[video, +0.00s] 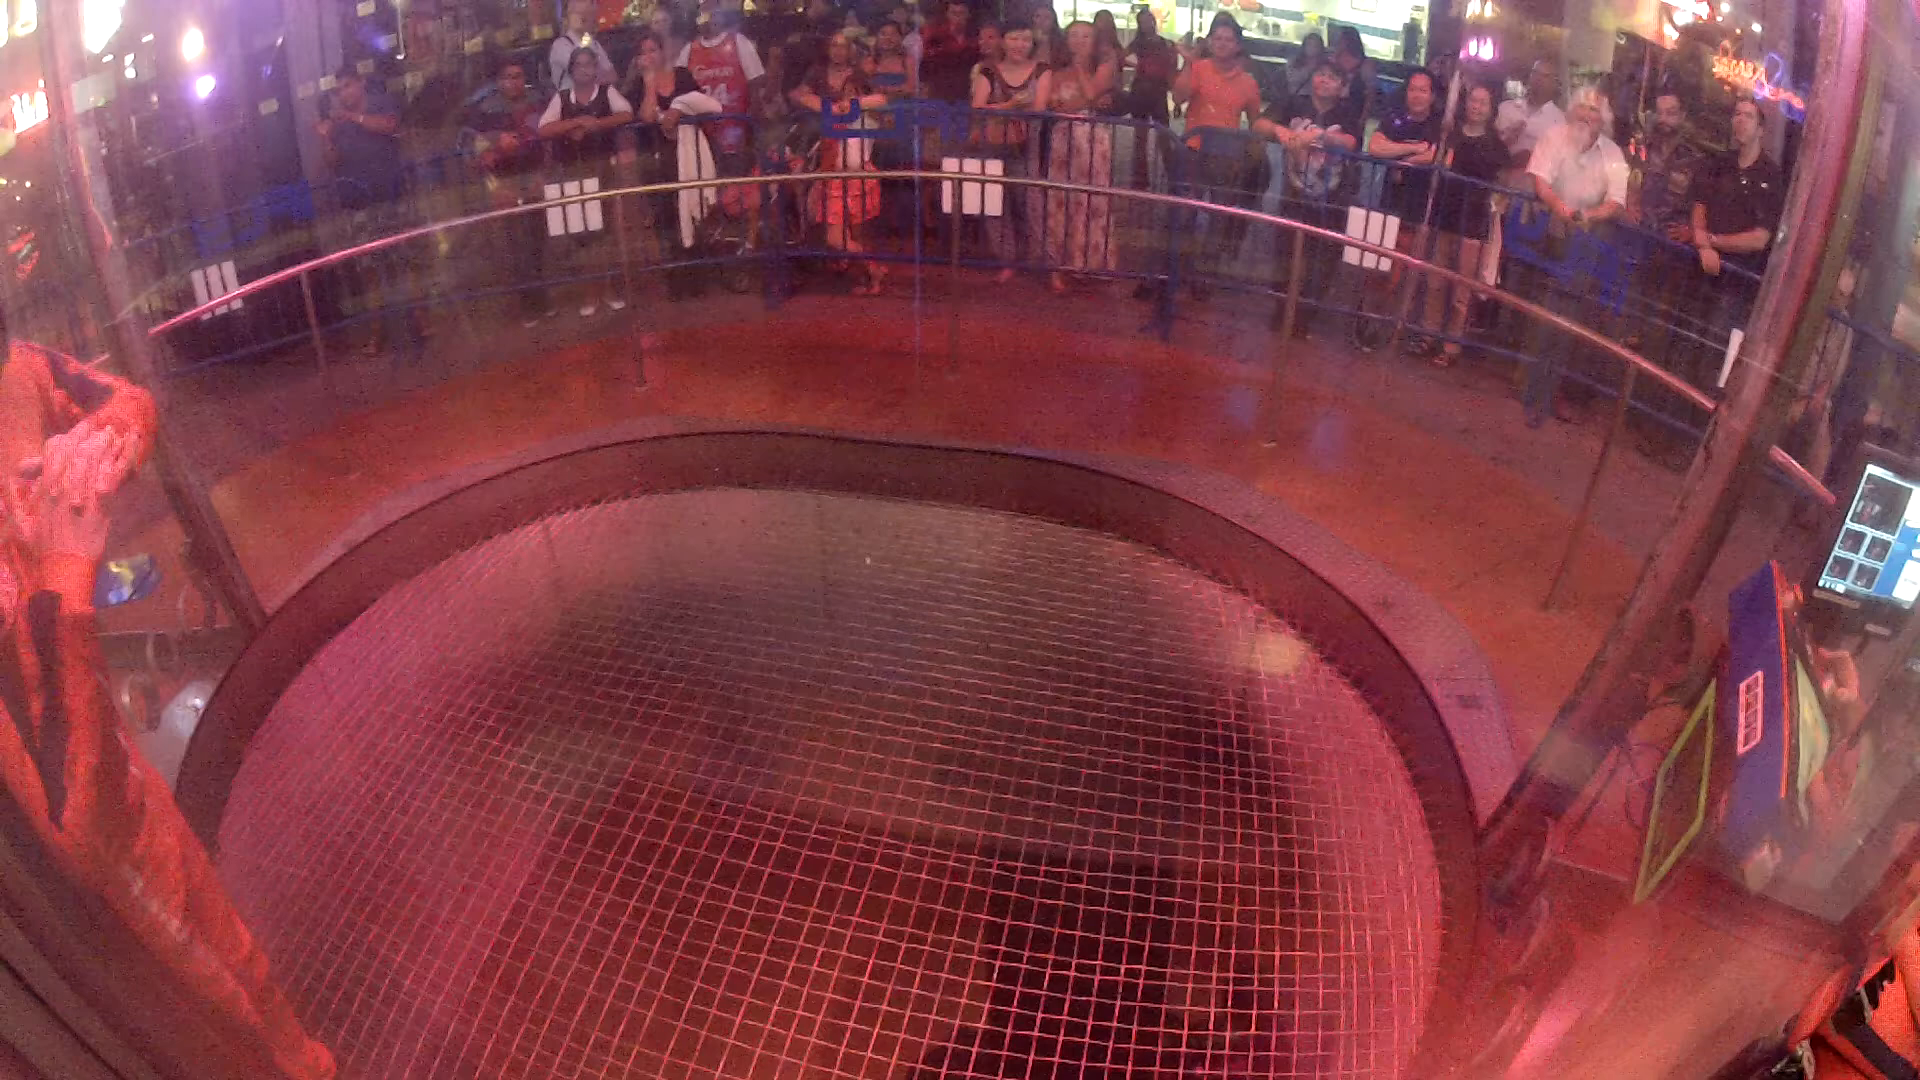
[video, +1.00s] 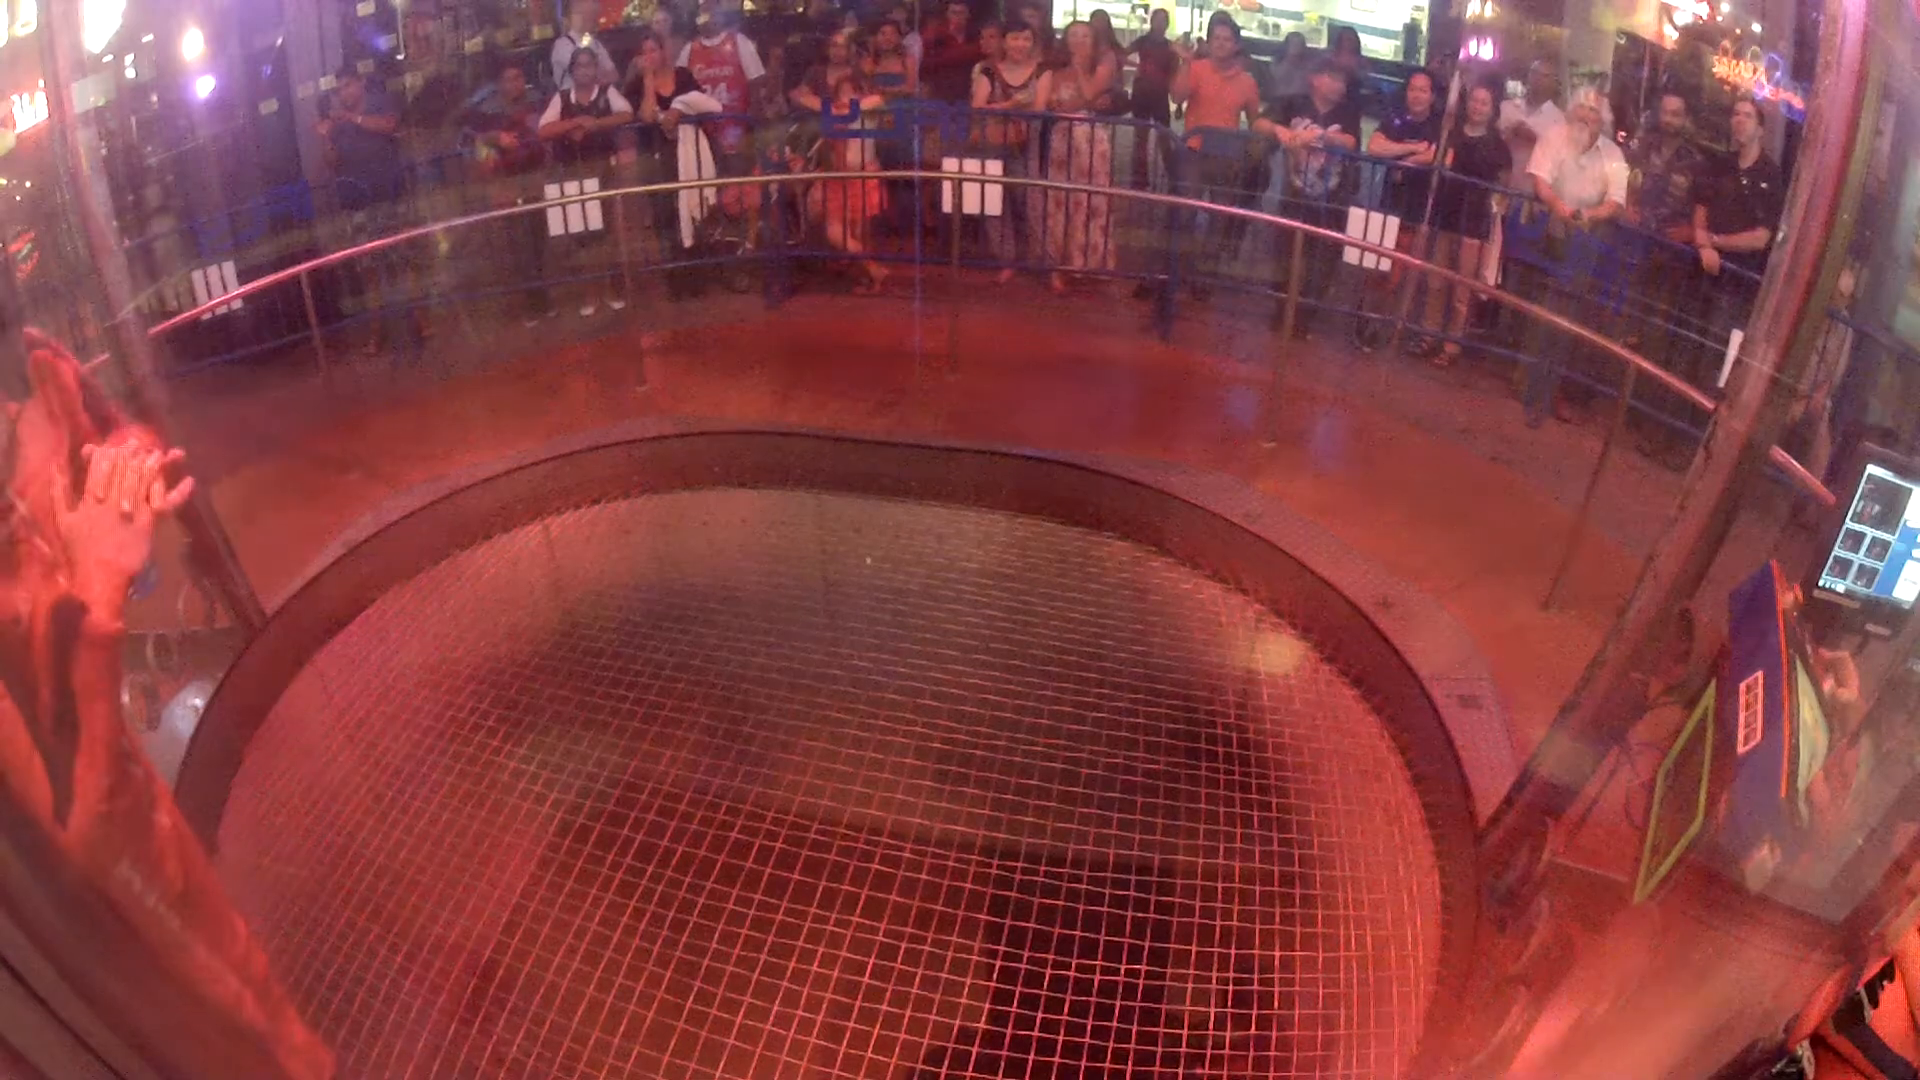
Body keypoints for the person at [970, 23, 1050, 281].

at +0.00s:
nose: (1020, 45)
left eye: (1025, 40)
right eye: (1015, 39)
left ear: (1032, 44)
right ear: (1004, 41)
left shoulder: (1041, 72)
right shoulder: (988, 72)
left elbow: (1039, 110)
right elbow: (977, 109)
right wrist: (1009, 105)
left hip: (1026, 144)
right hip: (994, 145)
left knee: (1028, 201)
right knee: (995, 204)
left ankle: (1035, 259)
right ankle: (1005, 261)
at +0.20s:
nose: (1020, 45)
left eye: (1025, 40)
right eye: (1015, 39)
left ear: (1032, 44)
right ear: (1004, 41)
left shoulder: (1041, 72)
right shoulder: (988, 72)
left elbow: (1038, 109)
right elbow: (977, 108)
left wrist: (1009, 110)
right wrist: (1010, 104)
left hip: (1025, 143)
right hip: (993, 143)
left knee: (1027, 200)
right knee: (995, 203)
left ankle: (1034, 257)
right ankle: (1005, 260)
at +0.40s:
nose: (1020, 45)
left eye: (1025, 40)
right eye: (1015, 39)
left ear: (1032, 44)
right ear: (1004, 42)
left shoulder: (1041, 72)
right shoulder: (988, 72)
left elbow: (1038, 109)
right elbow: (977, 108)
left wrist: (1008, 110)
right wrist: (1009, 105)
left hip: (1026, 143)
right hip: (994, 143)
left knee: (1027, 200)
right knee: (994, 202)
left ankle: (1034, 257)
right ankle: (1005, 261)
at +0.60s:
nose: (1019, 45)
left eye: (1025, 40)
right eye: (1014, 39)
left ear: (1033, 44)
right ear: (1004, 41)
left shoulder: (1041, 73)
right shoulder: (988, 72)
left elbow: (1038, 109)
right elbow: (977, 107)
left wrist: (1010, 109)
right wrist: (1009, 105)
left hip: (1025, 144)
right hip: (993, 144)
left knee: (1028, 202)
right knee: (994, 204)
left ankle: (1037, 259)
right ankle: (1005, 261)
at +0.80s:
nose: (1020, 45)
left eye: (1025, 40)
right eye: (1015, 39)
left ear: (1032, 44)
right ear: (1004, 42)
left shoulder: (1041, 73)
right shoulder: (988, 72)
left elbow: (1039, 109)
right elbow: (977, 108)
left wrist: (1009, 110)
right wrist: (1010, 104)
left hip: (1026, 143)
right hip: (994, 143)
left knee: (1029, 202)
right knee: (995, 204)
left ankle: (1038, 260)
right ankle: (1005, 261)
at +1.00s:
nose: (1019, 45)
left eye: (1025, 39)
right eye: (1014, 38)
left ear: (1033, 44)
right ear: (1004, 42)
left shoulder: (1041, 72)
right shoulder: (988, 72)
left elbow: (1039, 108)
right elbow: (977, 107)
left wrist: (1009, 108)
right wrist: (1009, 104)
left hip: (1026, 143)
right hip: (994, 143)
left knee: (1028, 201)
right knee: (994, 203)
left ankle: (1036, 258)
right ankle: (1005, 260)